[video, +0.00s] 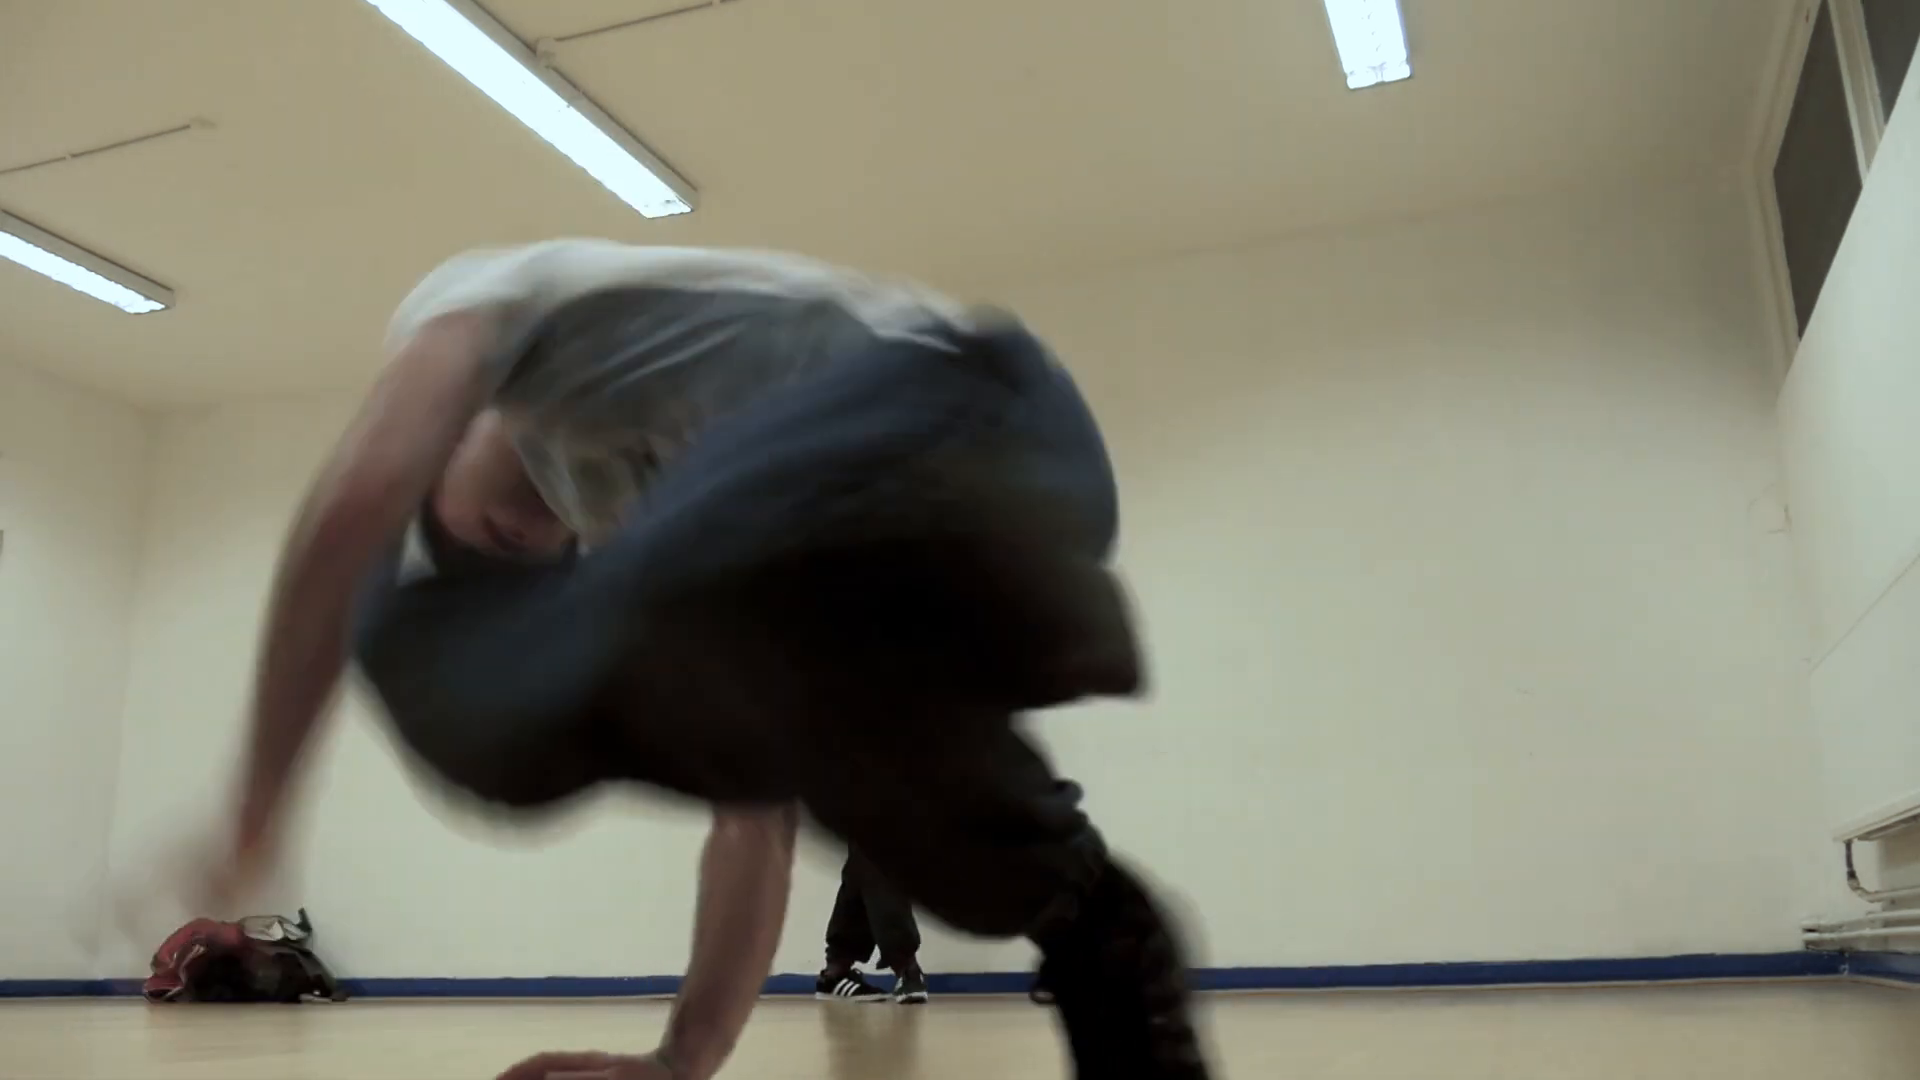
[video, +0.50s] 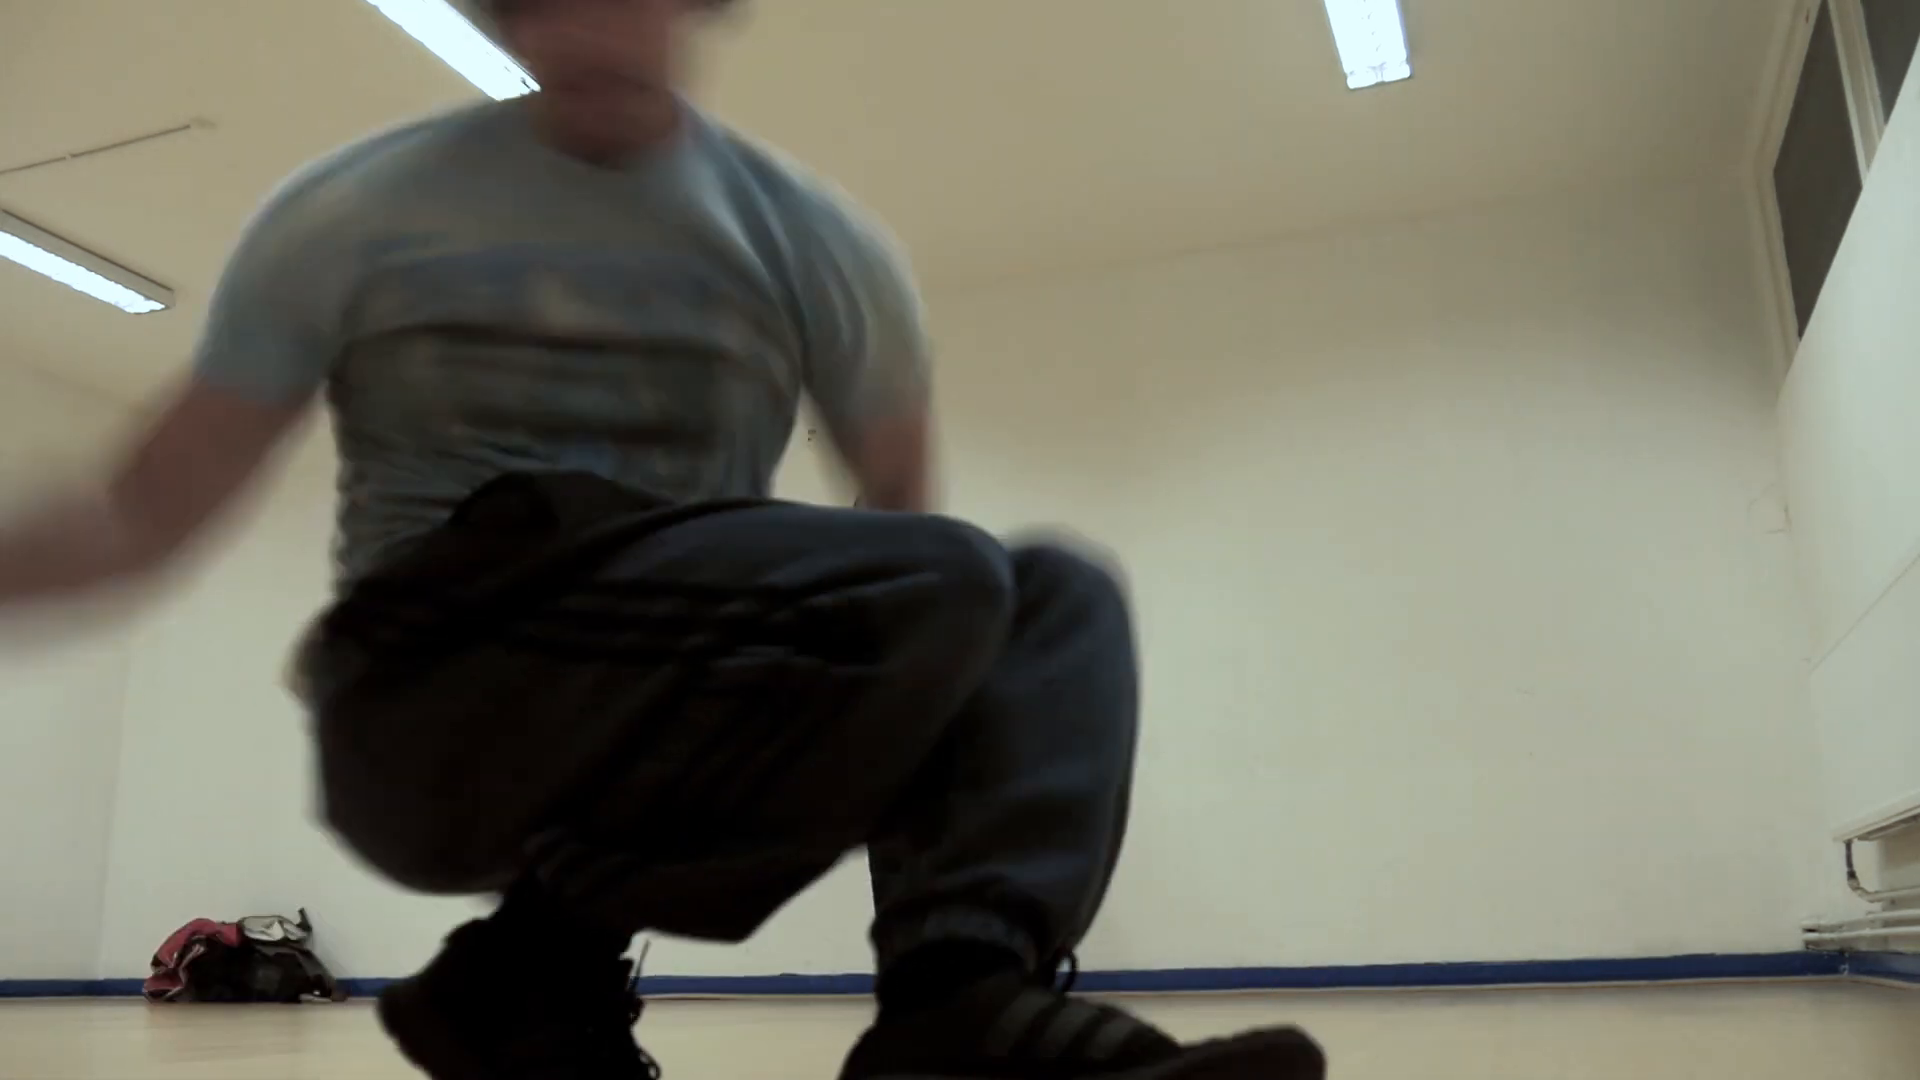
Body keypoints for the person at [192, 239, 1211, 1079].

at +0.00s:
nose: (500, 547)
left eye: (475, 540)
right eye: (500, 553)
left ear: (442, 447)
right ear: (539, 529)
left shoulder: (491, 304)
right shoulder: (667, 525)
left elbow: (346, 522)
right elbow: (757, 816)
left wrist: (250, 840)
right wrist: (689, 1056)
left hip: (944, 403)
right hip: (1051, 540)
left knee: (487, 697)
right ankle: (1095, 928)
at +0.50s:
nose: (625, 29)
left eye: (659, 1)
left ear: (705, 18)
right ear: (517, 17)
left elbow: (912, 549)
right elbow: (133, 514)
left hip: (673, 716)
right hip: (431, 708)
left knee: (1060, 596)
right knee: (929, 590)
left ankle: (964, 1001)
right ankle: (524, 978)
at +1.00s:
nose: (54, 437)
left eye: (21, 397)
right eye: (26, 444)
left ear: (40, 303)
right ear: (64, 415)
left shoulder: (166, 196)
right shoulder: (252, 494)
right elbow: (305, 804)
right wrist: (215, 1069)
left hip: (693, 321)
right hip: (839, 399)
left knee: (442, 811)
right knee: (1177, 702)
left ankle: (807, 943)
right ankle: (1816, 815)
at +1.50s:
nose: (546, 354)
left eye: (546, 313)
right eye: (505, 334)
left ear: (544, 299)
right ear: (409, 353)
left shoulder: (617, 378)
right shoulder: (332, 574)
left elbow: (770, 346)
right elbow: (378, 852)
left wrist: (907, 276)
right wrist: (235, 1059)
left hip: (825, 760)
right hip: (734, 961)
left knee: (1151, 641)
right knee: (1141, 1049)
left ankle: (1588, 583)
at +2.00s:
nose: (694, 829)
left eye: (680, 808)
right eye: (680, 816)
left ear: (685, 761)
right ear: (752, 706)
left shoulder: (721, 723)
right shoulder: (871, 695)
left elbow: (701, 841)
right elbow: (1014, 808)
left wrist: (691, 1035)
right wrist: (1041, 1007)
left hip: (1000, 801)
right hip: (1077, 682)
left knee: (1258, 1021)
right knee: (1355, 777)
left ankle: (1559, 961)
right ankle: (1477, 818)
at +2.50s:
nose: (718, 901)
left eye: (702, 888)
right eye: (705, 898)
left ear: (713, 830)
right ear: (744, 869)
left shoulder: (806, 725)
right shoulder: (859, 887)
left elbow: (789, 864)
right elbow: (1012, 872)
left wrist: (699, 1038)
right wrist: (1033, 1017)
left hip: (1074, 650)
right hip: (1115, 783)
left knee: (1144, 565)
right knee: (1338, 837)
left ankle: (1058, 573)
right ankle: (1589, 860)